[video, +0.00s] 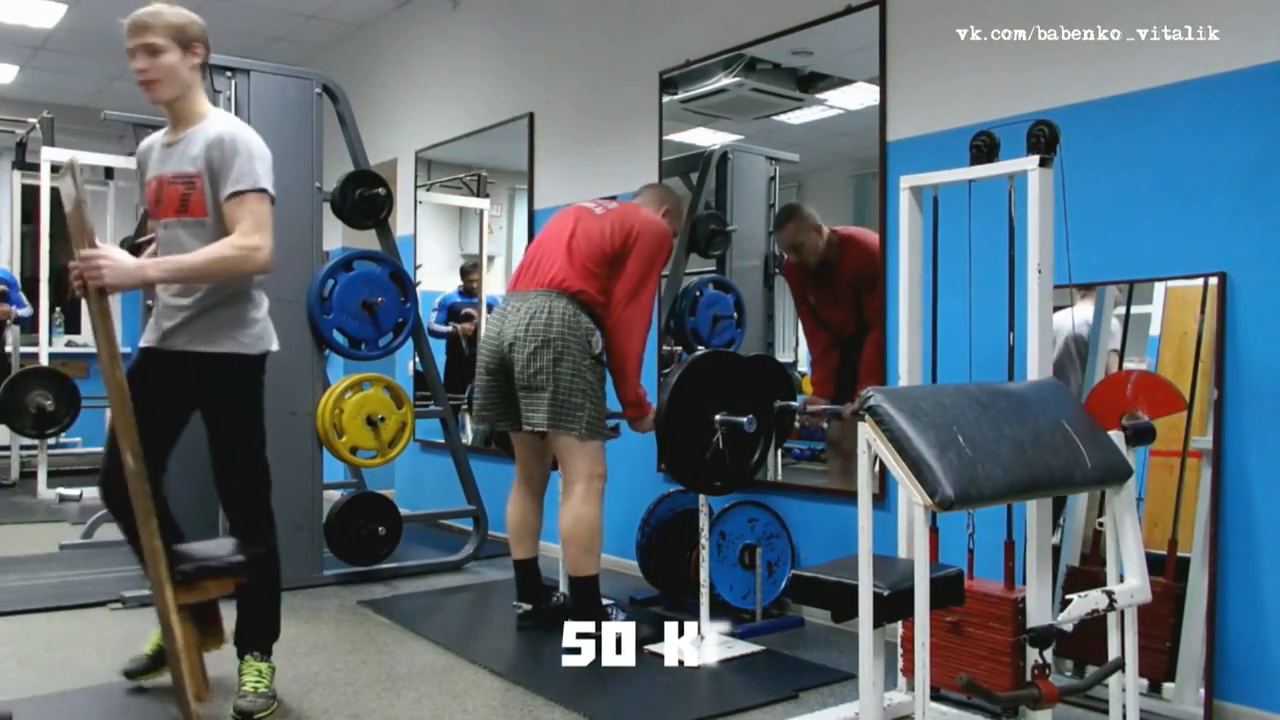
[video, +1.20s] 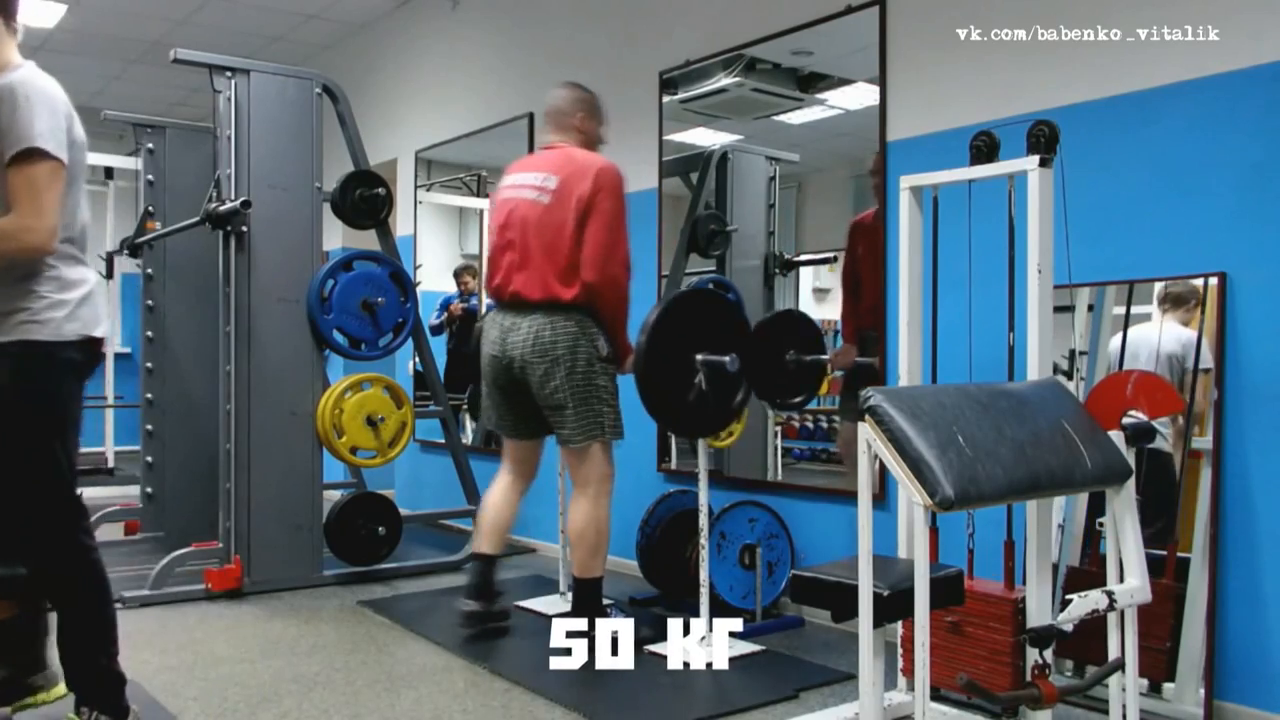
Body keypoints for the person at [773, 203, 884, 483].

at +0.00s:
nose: (794, 258)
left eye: (798, 248)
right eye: (787, 252)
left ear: (822, 232)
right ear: (783, 249)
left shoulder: (867, 251)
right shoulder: (794, 270)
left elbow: (880, 327)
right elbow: (818, 338)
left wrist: (868, 391)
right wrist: (820, 394)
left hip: (880, 340)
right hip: (842, 347)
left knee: (878, 431)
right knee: (838, 435)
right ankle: (842, 515)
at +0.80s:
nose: (820, 214)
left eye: (829, 204)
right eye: (816, 206)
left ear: (855, 203)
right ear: (814, 208)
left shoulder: (884, 238)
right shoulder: (817, 250)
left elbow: (889, 317)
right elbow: (820, 319)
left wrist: (871, 382)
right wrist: (823, 377)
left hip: (883, 365)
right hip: (842, 370)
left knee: (883, 448)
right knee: (838, 445)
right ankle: (838, 520)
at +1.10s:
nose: (867, 182)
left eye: (874, 175)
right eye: (863, 175)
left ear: (891, 177)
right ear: (858, 180)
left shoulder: (906, 223)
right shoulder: (853, 227)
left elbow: (908, 295)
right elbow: (846, 291)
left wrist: (884, 356)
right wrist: (845, 344)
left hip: (897, 352)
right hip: (862, 353)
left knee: (895, 444)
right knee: (849, 444)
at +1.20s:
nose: (877, 182)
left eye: (883, 173)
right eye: (874, 174)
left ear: (898, 177)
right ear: (870, 177)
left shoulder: (917, 222)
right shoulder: (862, 226)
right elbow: (851, 289)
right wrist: (850, 341)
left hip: (906, 349)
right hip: (868, 348)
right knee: (852, 441)